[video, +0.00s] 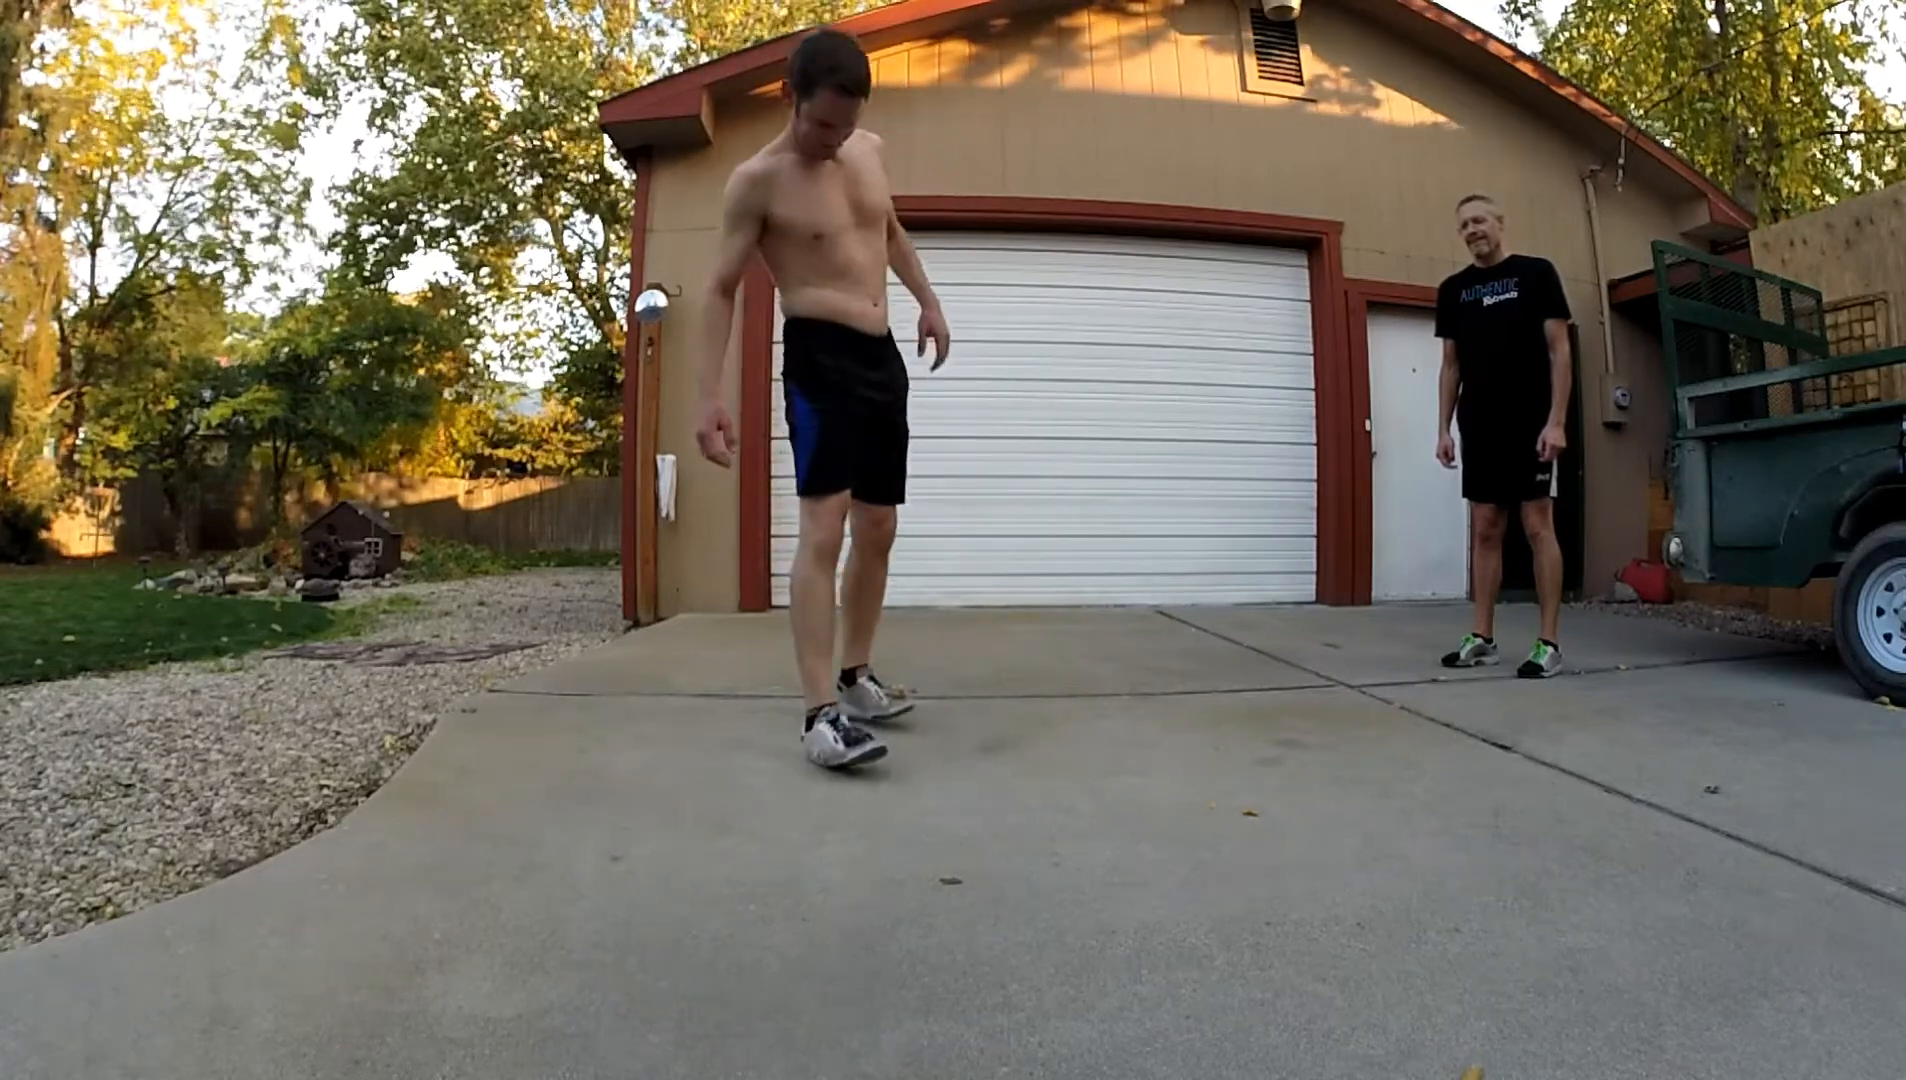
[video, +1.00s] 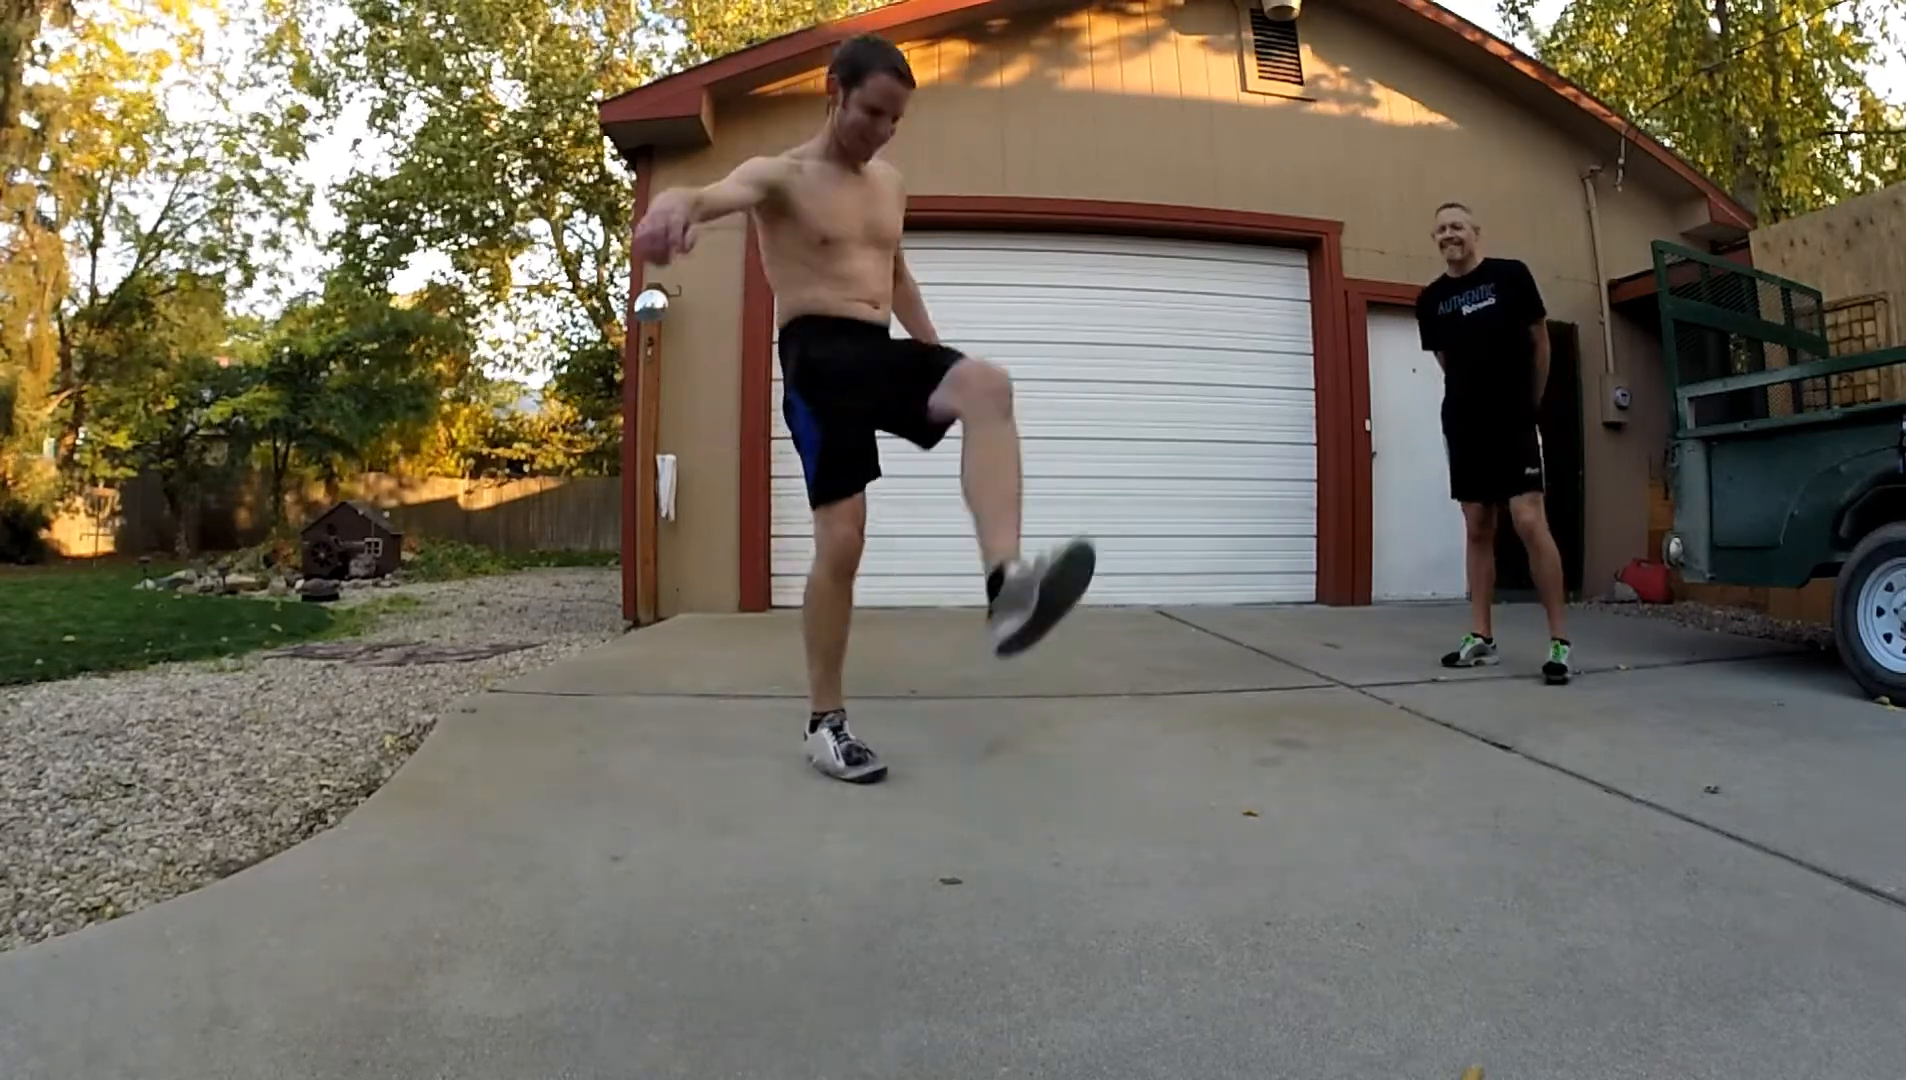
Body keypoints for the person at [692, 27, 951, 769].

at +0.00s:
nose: (833, 136)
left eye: (845, 123)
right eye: (822, 121)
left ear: (860, 109)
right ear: (793, 96)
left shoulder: (868, 151)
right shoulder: (757, 181)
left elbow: (890, 232)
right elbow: (720, 290)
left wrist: (928, 300)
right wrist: (710, 395)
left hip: (880, 358)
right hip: (818, 360)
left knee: (877, 527)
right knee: (824, 533)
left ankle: (856, 676)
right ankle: (820, 715)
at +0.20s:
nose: (830, 120)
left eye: (841, 106)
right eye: (818, 104)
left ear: (854, 91)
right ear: (785, 85)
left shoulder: (863, 137)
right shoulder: (749, 172)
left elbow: (889, 218)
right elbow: (714, 286)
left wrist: (943, 285)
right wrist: (705, 389)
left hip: (884, 351)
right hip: (817, 356)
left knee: (903, 527)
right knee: (823, 536)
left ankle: (898, 683)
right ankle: (823, 720)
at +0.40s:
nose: (836, 116)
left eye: (847, 102)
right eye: (824, 101)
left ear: (860, 85)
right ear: (788, 77)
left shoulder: (865, 133)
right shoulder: (747, 164)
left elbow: (888, 216)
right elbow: (714, 280)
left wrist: (935, 284)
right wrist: (711, 383)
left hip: (887, 346)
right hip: (818, 353)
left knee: (918, 522)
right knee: (827, 535)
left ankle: (925, 694)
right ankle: (826, 720)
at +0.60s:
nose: (845, 105)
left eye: (856, 92)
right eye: (834, 88)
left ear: (865, 80)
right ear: (798, 68)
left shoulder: (870, 134)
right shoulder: (753, 160)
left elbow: (893, 227)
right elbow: (711, 276)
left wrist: (929, 300)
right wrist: (713, 379)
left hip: (889, 346)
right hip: (819, 351)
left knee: (913, 524)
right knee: (828, 534)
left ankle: (914, 707)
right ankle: (825, 722)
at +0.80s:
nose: (859, 110)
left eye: (870, 96)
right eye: (848, 92)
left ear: (880, 88)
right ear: (810, 72)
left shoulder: (879, 152)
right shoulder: (760, 168)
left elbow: (888, 247)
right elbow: (674, 255)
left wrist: (925, 322)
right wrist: (644, 340)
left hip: (887, 352)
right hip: (821, 352)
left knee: (921, 526)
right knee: (844, 538)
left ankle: (911, 715)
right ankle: (828, 724)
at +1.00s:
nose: (885, 131)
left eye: (897, 117)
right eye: (875, 112)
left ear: (903, 113)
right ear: (838, 94)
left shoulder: (889, 181)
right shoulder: (781, 173)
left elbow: (897, 270)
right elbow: (706, 201)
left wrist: (935, 354)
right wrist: (677, 207)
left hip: (883, 356)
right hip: (816, 356)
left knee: (987, 384)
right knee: (841, 542)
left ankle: (1005, 585)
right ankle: (827, 725)